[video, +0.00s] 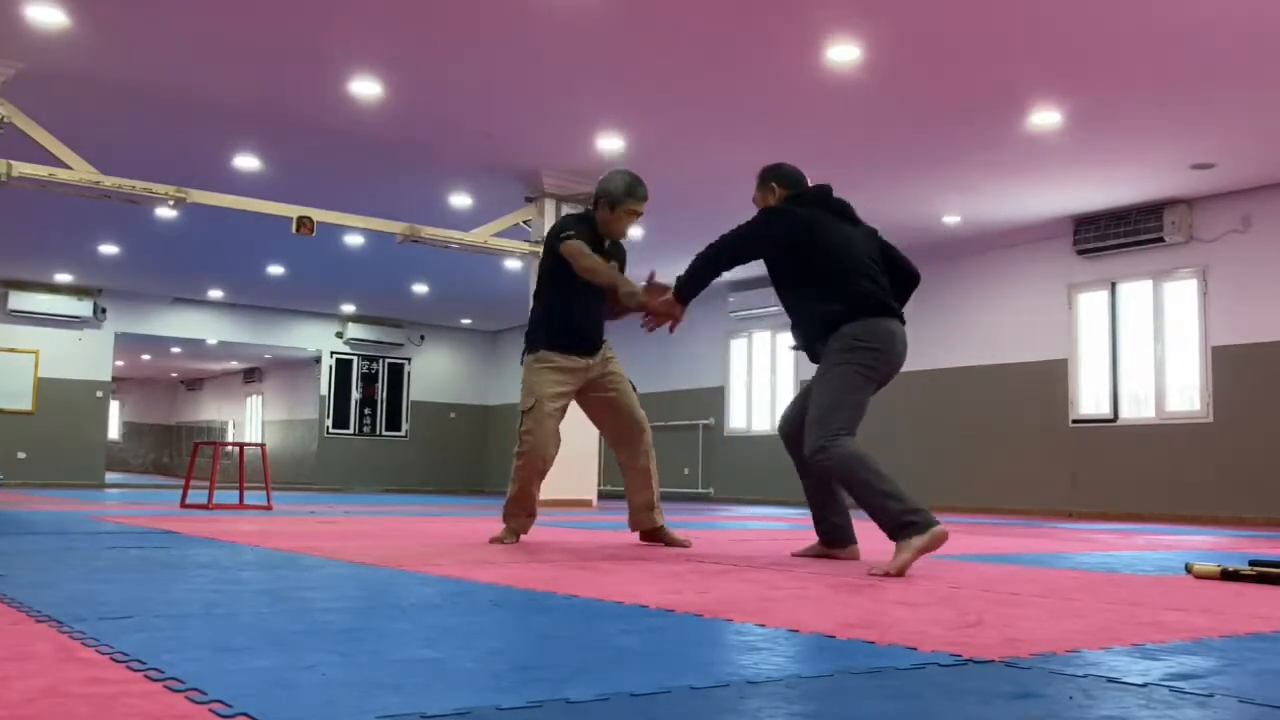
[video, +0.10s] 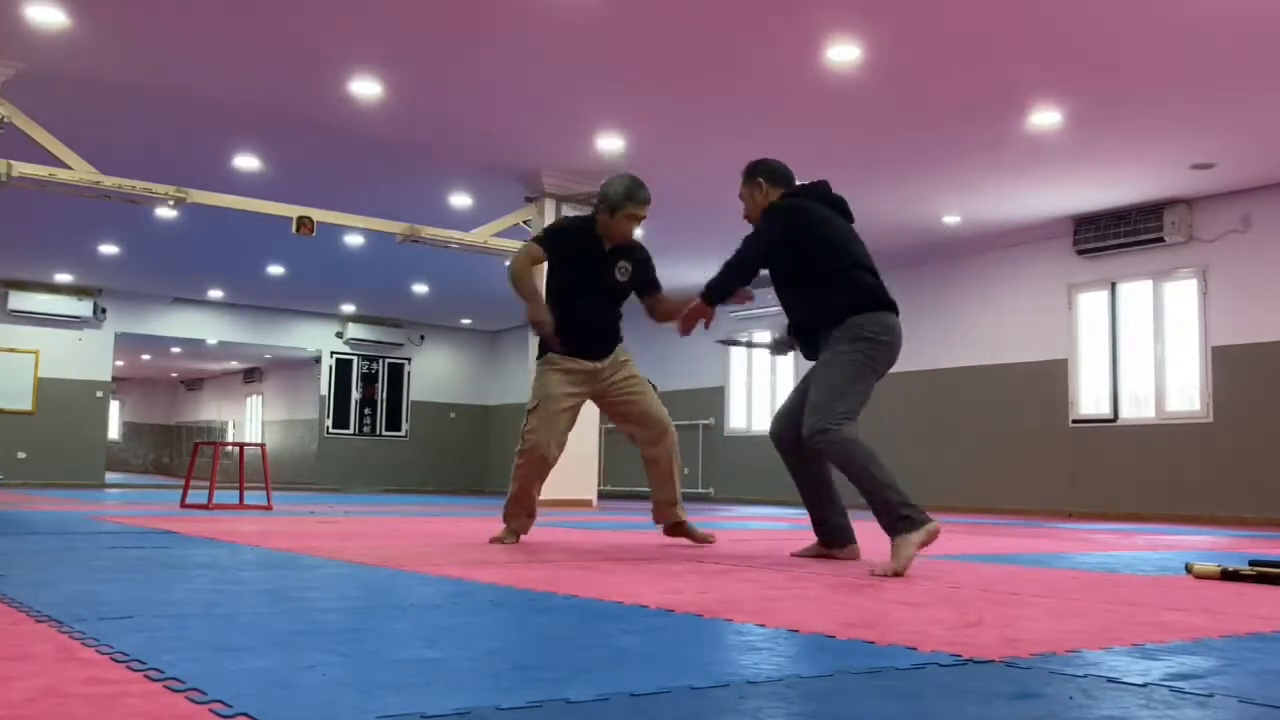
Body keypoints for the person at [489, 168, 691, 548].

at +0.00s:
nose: (632, 224)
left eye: (636, 217)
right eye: (629, 215)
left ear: (622, 212)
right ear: (603, 206)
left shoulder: (615, 250)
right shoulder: (567, 230)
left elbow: (607, 307)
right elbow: (586, 266)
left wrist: (641, 299)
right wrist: (632, 290)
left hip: (596, 359)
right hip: (549, 360)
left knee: (635, 430)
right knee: (537, 447)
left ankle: (649, 524)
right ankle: (513, 527)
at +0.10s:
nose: (636, 228)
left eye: (640, 220)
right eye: (632, 219)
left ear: (636, 217)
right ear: (606, 212)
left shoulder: (634, 255)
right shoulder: (567, 232)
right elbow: (519, 266)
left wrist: (707, 298)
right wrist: (536, 306)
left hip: (612, 364)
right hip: (561, 364)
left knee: (659, 428)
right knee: (539, 447)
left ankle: (672, 518)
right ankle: (513, 528)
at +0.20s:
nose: (658, 235)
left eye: (663, 226)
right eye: (652, 226)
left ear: (665, 224)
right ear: (627, 220)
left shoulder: (660, 264)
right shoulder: (586, 239)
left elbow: (667, 328)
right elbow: (536, 264)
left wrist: (719, 332)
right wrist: (513, 314)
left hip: (640, 370)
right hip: (586, 371)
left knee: (692, 436)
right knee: (557, 447)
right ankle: (515, 527)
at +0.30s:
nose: (701, 235)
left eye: (706, 227)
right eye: (694, 226)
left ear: (710, 225)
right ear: (670, 221)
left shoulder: (711, 266)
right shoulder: (641, 243)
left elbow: (707, 325)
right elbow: (610, 270)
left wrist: (682, 340)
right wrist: (584, 308)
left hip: (682, 375)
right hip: (626, 373)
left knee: (729, 441)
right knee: (581, 444)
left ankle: (763, 529)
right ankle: (525, 522)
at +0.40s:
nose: (748, 231)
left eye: (753, 223)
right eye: (740, 221)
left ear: (758, 225)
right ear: (718, 219)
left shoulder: (756, 265)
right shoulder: (685, 240)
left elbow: (760, 327)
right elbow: (643, 265)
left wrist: (733, 358)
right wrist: (628, 304)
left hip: (712, 370)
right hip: (658, 367)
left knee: (752, 440)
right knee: (613, 447)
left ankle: (770, 529)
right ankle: (596, 519)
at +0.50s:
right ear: (734, 216)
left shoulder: (768, 253)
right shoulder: (710, 240)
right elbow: (655, 264)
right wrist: (659, 318)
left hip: (733, 360)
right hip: (682, 360)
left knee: (755, 442)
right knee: (651, 445)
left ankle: (779, 527)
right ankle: (620, 519)